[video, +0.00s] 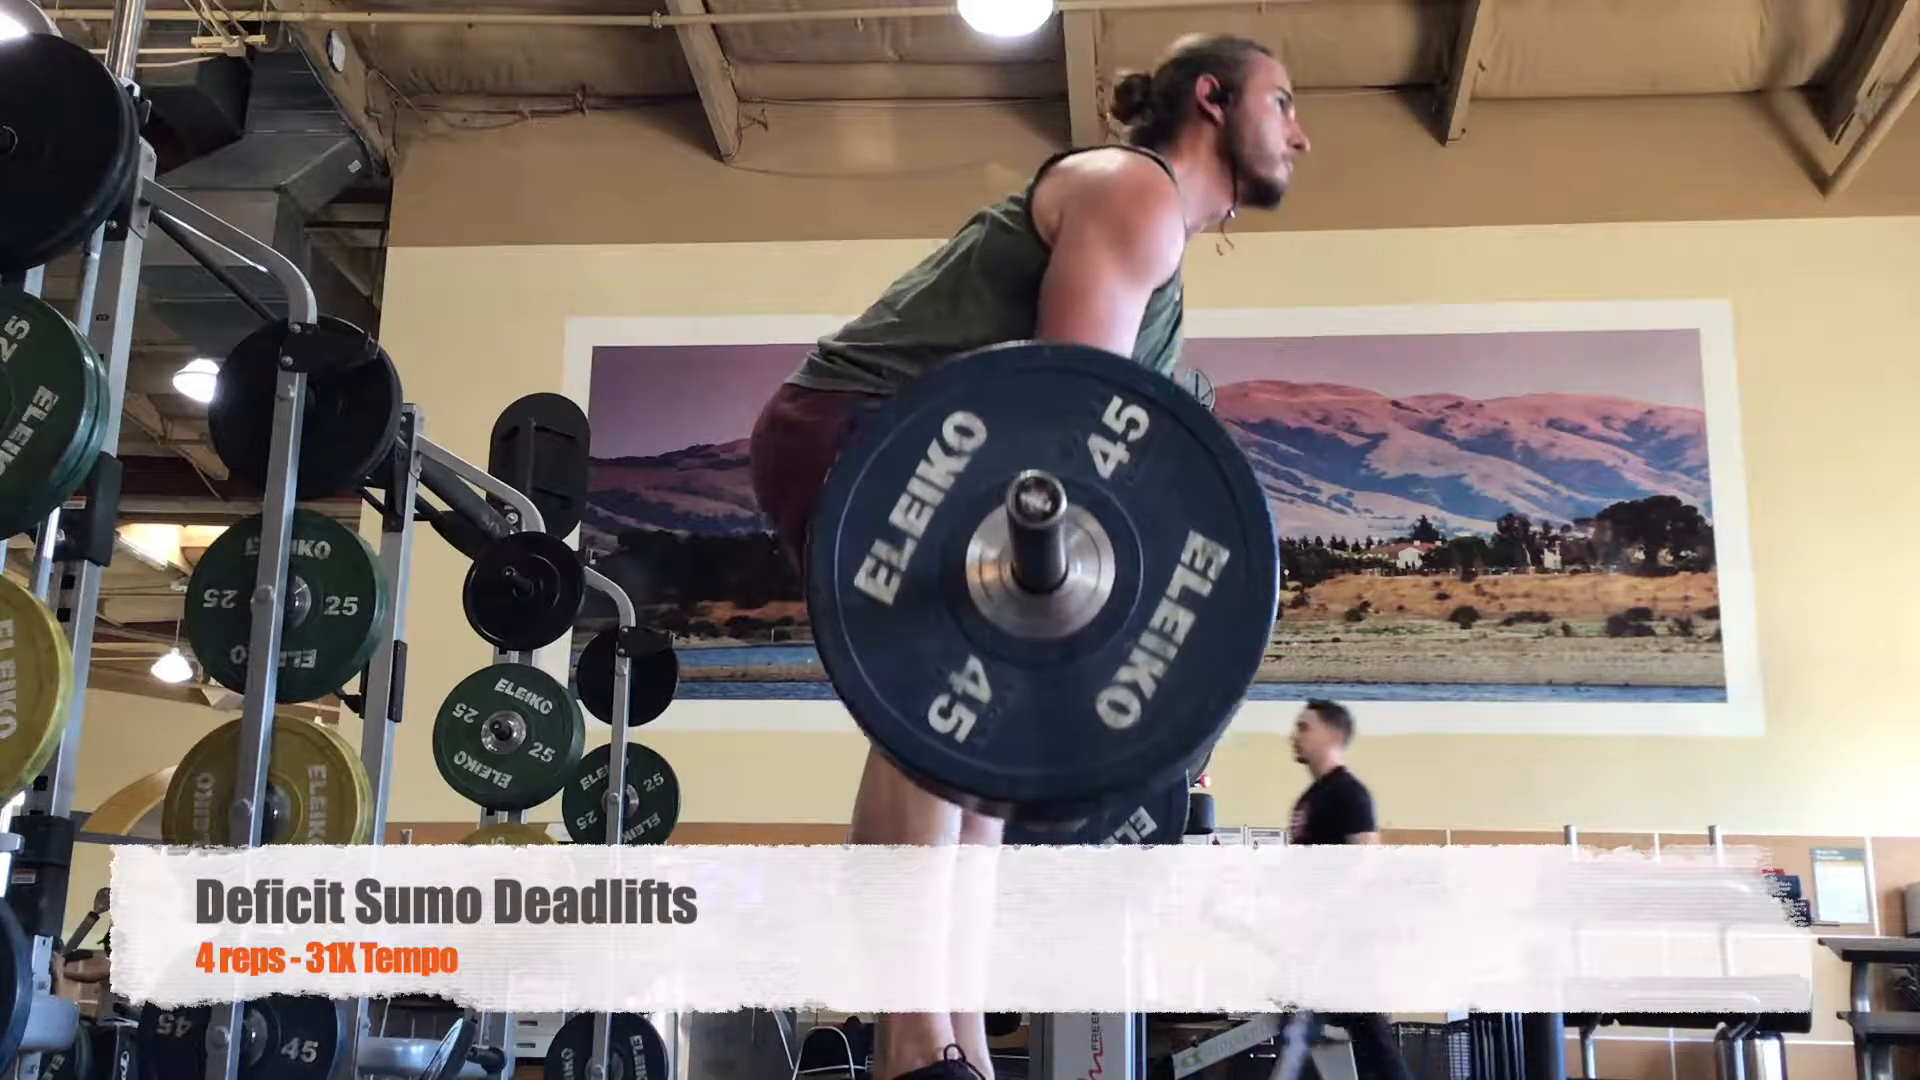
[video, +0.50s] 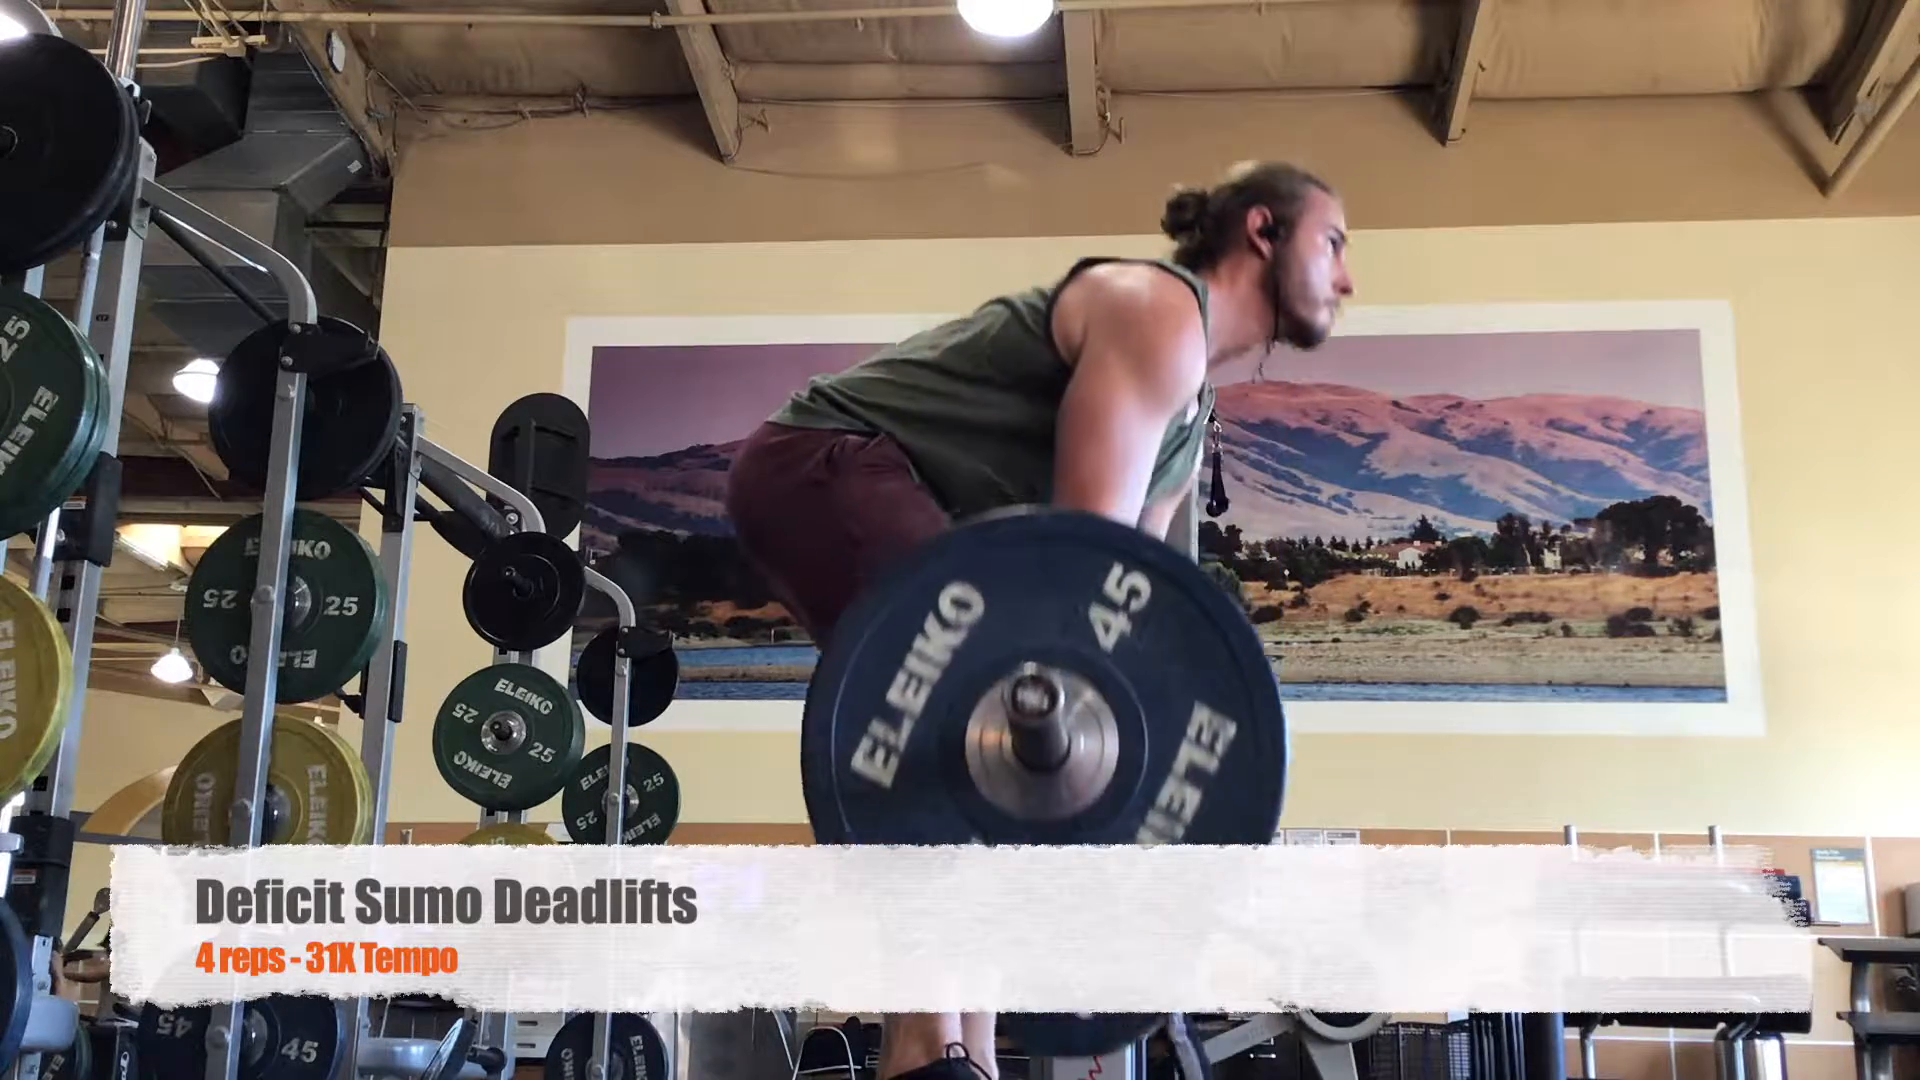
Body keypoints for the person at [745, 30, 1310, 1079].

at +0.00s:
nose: (1299, 129)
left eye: (1297, 108)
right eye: (1282, 103)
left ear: (1221, 116)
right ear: (1209, 106)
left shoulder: (1162, 246)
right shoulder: (1132, 192)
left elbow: (1105, 438)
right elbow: (1069, 407)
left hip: (905, 448)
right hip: (839, 426)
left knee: (991, 721)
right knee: (934, 701)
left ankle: (955, 1029)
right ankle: (907, 1037)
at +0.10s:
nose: (1307, 153)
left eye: (1305, 132)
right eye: (1291, 127)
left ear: (1226, 135)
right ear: (1221, 126)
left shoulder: (1165, 278)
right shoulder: (1134, 210)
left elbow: (1118, 451)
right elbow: (1076, 424)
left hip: (891, 448)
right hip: (833, 428)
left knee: (966, 734)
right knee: (931, 712)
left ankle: (957, 1039)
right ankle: (911, 1042)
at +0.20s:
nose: (1317, 179)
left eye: (1315, 157)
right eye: (1300, 151)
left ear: (1233, 155)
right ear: (1231, 147)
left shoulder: (1177, 359)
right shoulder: (1139, 232)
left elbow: (1137, 509)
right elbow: (1075, 454)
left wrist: (1206, 721)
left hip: (896, 460)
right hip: (830, 437)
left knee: (974, 735)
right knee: (932, 722)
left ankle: (960, 1038)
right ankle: (914, 1040)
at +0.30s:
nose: (1328, 207)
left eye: (1328, 186)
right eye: (1312, 178)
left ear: (1244, 180)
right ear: (1242, 172)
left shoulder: (1179, 377)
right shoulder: (1143, 254)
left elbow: (1116, 509)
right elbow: (1081, 480)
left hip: (905, 470)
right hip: (832, 441)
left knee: (985, 734)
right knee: (941, 724)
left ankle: (964, 1035)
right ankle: (917, 1035)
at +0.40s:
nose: (1339, 240)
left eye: (1339, 217)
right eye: (1324, 209)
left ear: (1252, 212)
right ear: (1252, 202)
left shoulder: (1186, 399)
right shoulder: (1148, 282)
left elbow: (1144, 547)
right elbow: (1085, 516)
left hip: (897, 481)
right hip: (830, 448)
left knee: (976, 743)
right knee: (937, 729)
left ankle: (967, 1044)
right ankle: (919, 1040)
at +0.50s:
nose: (1347, 278)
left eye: (1347, 251)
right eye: (1333, 244)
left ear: (1263, 242)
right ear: (1261, 235)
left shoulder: (1185, 427)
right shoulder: (1154, 314)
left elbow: (1135, 582)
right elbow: (1084, 552)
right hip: (827, 457)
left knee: (996, 746)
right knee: (954, 726)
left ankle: (970, 1043)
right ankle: (923, 1043)